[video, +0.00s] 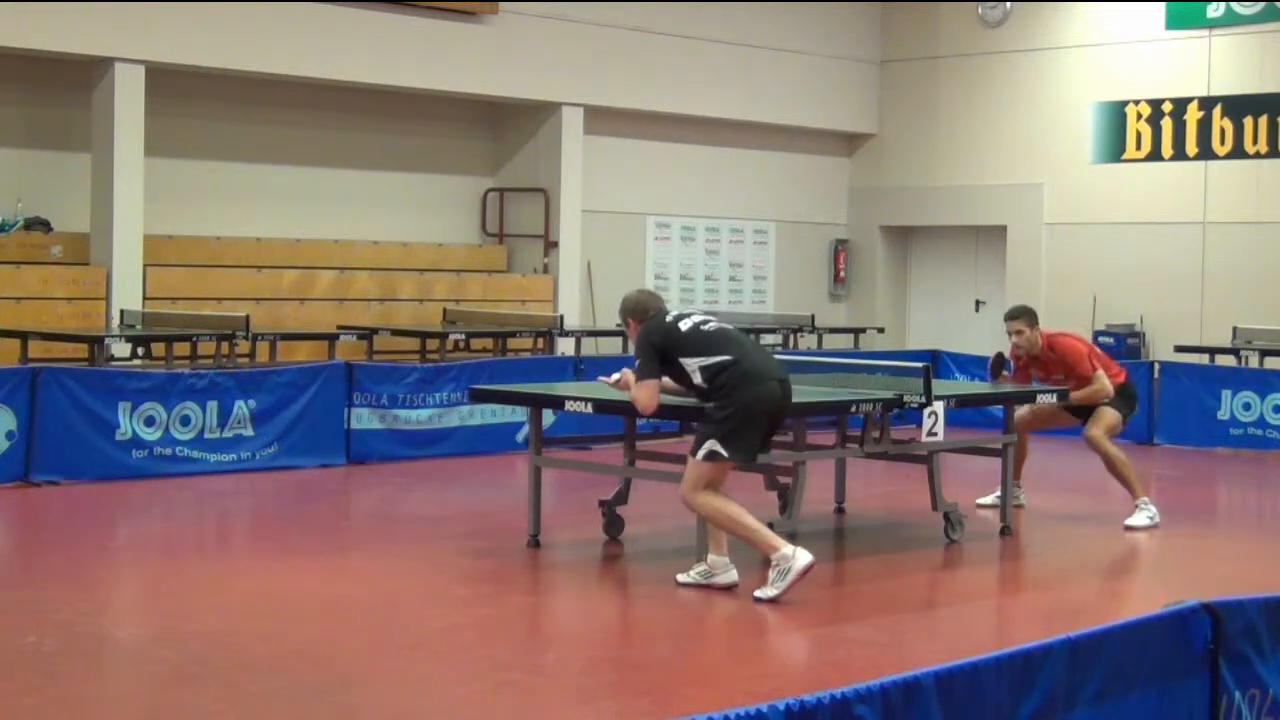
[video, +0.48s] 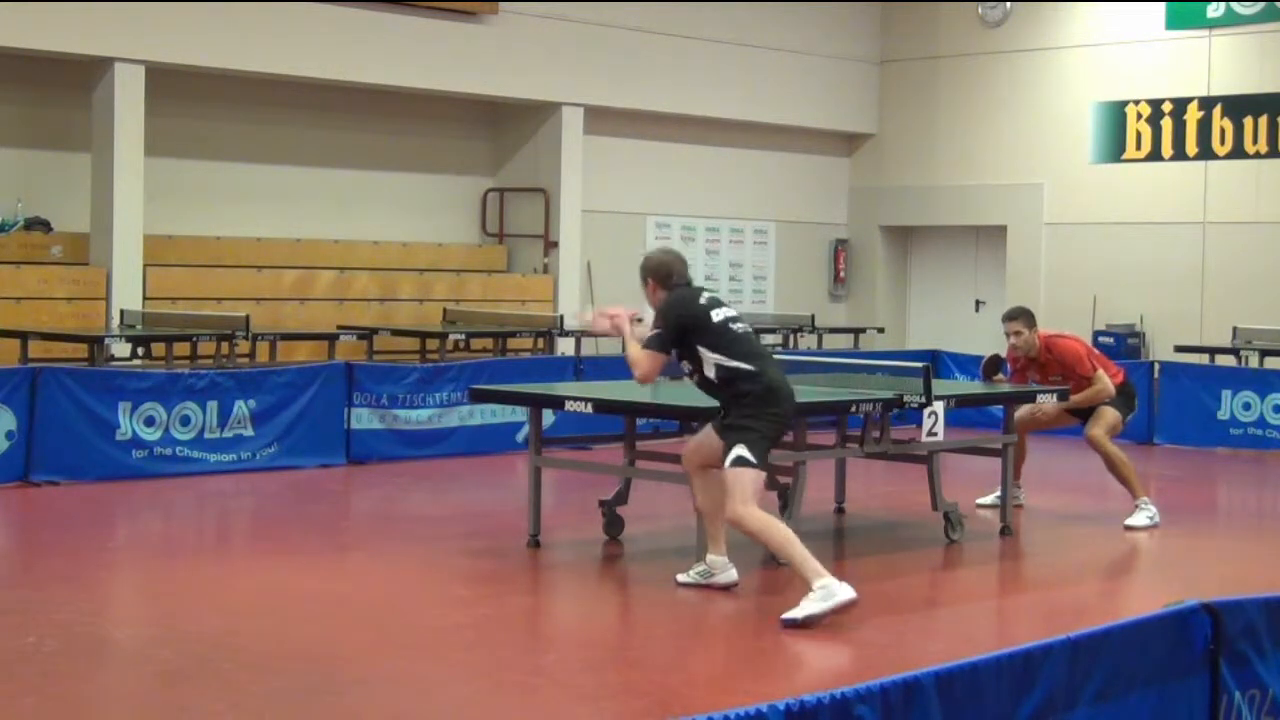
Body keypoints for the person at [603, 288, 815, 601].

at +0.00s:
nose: (629, 335)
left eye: (627, 328)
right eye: (627, 329)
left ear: (634, 323)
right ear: (660, 312)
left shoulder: (650, 333)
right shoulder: (687, 319)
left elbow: (646, 404)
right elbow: (696, 384)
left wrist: (630, 382)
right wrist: (649, 381)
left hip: (743, 394)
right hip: (775, 388)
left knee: (693, 493)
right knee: (710, 480)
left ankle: (785, 555)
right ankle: (718, 563)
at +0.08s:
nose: (628, 334)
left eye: (626, 327)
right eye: (627, 328)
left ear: (633, 321)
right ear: (658, 310)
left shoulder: (649, 331)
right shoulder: (685, 319)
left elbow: (645, 403)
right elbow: (691, 382)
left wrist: (630, 381)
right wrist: (642, 380)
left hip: (745, 394)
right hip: (774, 388)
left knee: (692, 492)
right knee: (710, 479)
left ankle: (786, 553)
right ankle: (718, 563)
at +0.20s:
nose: (627, 327)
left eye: (626, 320)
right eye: (625, 320)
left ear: (634, 315)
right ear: (659, 305)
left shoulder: (650, 327)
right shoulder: (686, 316)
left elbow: (644, 398)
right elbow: (691, 383)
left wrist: (629, 377)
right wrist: (640, 380)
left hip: (747, 390)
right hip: (776, 386)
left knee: (699, 493)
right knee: (707, 469)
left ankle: (795, 550)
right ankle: (718, 563)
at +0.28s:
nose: (629, 318)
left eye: (628, 310)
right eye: (628, 311)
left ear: (636, 306)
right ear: (661, 298)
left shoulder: (654, 321)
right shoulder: (686, 313)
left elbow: (645, 391)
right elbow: (689, 381)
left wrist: (626, 368)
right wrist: (630, 388)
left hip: (753, 390)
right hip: (772, 384)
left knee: (712, 498)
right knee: (700, 455)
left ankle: (804, 555)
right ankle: (717, 562)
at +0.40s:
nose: (638, 303)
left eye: (636, 295)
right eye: (636, 296)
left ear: (645, 292)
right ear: (671, 285)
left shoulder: (667, 311)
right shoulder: (692, 304)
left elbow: (644, 376)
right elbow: (682, 366)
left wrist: (624, 347)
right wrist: (624, 370)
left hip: (759, 398)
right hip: (751, 396)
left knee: (730, 500)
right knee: (698, 456)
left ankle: (816, 572)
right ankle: (717, 563)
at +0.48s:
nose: (647, 294)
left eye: (646, 287)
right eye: (646, 287)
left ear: (654, 286)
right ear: (681, 277)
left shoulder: (676, 307)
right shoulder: (700, 298)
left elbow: (644, 371)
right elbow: (675, 343)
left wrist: (624, 330)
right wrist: (635, 325)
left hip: (759, 403)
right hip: (752, 400)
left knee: (740, 509)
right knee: (697, 456)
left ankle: (825, 584)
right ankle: (717, 562)